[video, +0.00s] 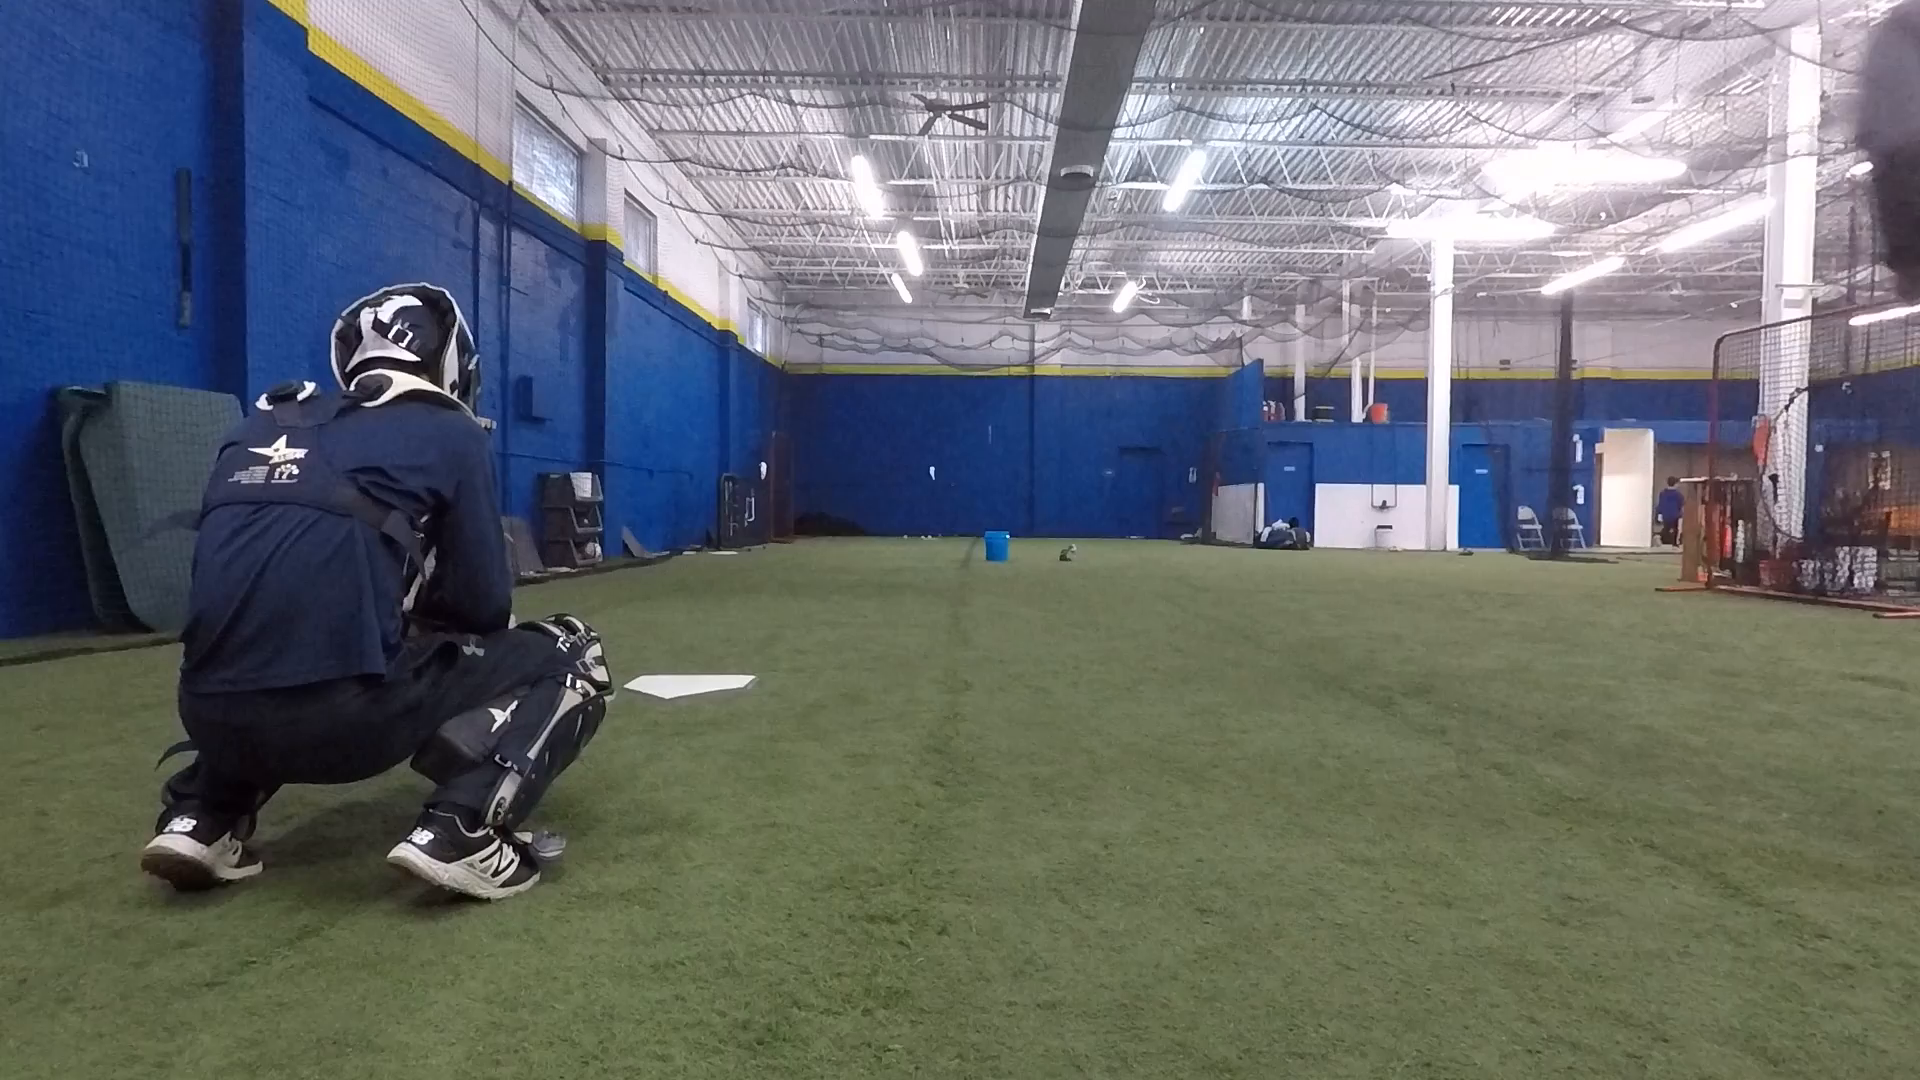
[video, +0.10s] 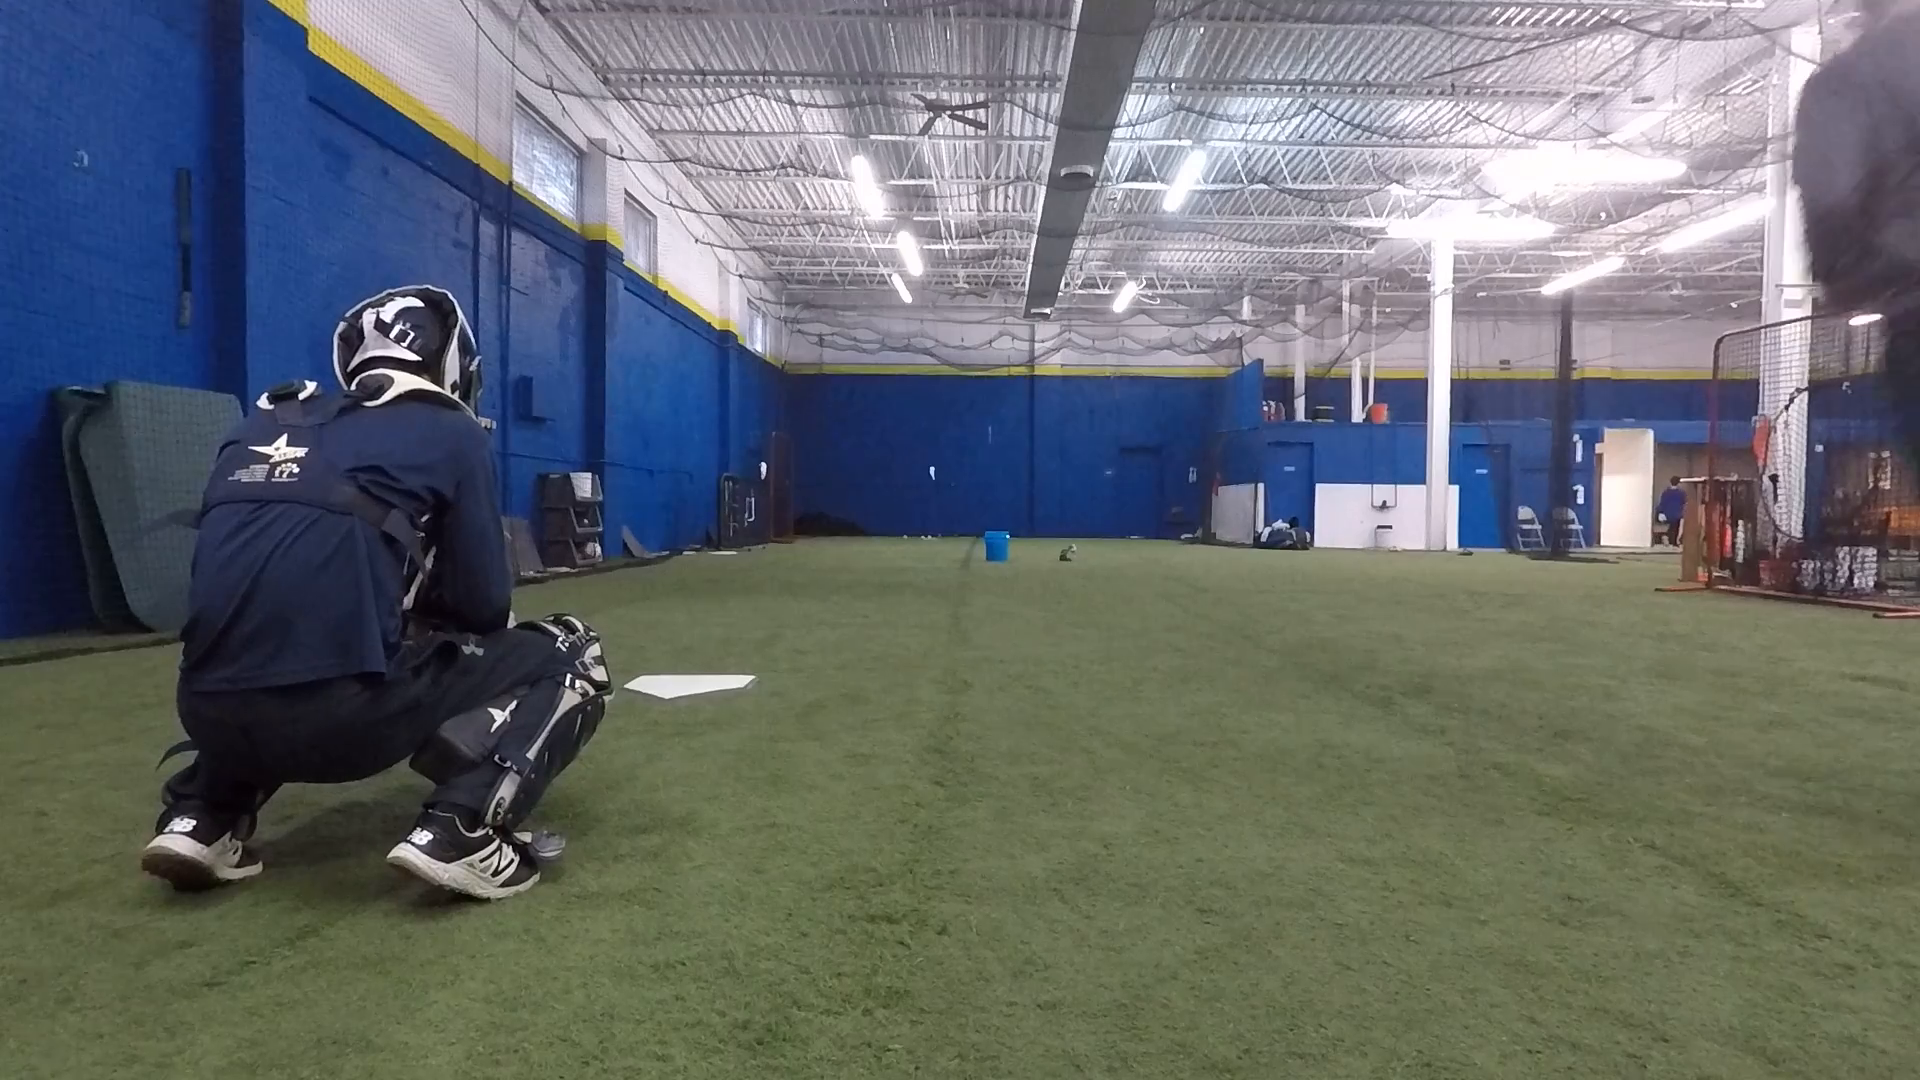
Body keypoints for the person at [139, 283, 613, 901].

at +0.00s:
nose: (466, 373)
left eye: (464, 359)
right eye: (462, 357)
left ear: (347, 360)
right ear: (448, 361)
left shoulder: (261, 423)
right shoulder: (452, 432)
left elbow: (239, 572)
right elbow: (483, 606)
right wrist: (407, 593)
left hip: (220, 719)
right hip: (351, 720)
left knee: (278, 618)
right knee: (573, 653)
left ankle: (203, 817)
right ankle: (461, 828)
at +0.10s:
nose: (468, 375)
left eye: (466, 361)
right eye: (464, 360)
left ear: (349, 361)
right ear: (450, 361)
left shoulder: (263, 421)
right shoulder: (453, 432)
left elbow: (236, 570)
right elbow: (483, 607)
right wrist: (408, 585)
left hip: (218, 717)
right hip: (348, 718)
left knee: (279, 617)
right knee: (572, 654)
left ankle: (203, 817)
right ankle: (461, 827)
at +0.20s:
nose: (470, 379)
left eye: (467, 365)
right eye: (466, 364)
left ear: (350, 362)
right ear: (451, 364)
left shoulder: (262, 422)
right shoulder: (453, 432)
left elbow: (234, 571)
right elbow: (481, 608)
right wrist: (407, 582)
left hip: (218, 718)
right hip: (348, 721)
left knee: (276, 617)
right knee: (571, 653)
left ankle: (203, 817)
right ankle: (460, 828)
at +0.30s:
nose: (469, 380)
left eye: (467, 367)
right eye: (465, 366)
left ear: (349, 364)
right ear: (450, 365)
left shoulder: (260, 423)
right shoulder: (450, 432)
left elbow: (237, 571)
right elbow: (480, 608)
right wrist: (413, 587)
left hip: (217, 719)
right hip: (346, 720)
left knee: (277, 618)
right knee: (571, 654)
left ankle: (202, 817)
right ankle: (461, 828)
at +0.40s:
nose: (469, 380)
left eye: (467, 366)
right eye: (465, 365)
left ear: (349, 363)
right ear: (449, 364)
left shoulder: (263, 420)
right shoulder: (449, 431)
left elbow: (235, 569)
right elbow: (481, 607)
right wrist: (417, 584)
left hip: (217, 718)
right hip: (348, 719)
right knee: (571, 654)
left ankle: (202, 817)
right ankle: (462, 827)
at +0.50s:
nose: (466, 377)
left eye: (464, 362)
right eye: (462, 361)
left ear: (347, 361)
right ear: (448, 363)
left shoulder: (259, 423)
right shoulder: (450, 433)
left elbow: (238, 571)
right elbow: (482, 607)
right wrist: (418, 587)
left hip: (218, 717)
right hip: (348, 718)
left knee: (276, 616)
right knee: (571, 654)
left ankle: (202, 816)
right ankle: (462, 826)